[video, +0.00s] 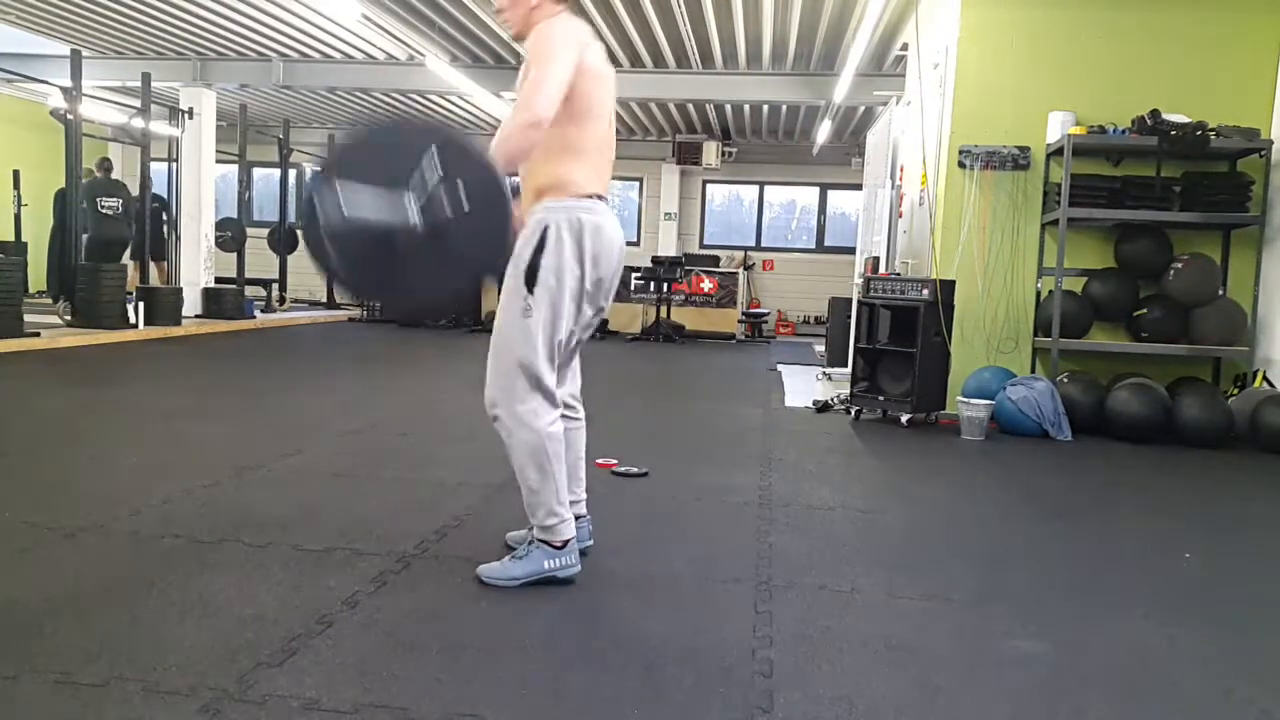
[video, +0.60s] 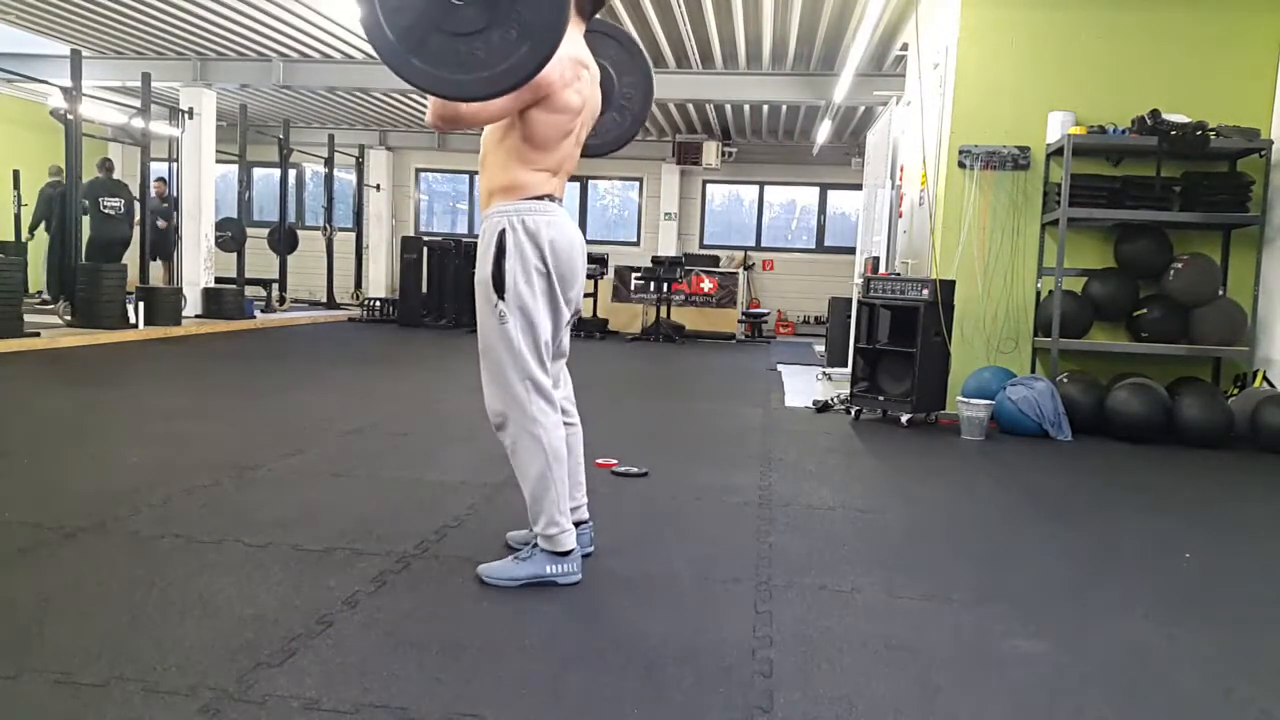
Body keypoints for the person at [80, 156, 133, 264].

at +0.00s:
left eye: (96, 170)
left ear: (96, 170)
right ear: (112, 170)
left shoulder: (89, 185)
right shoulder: (122, 186)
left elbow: (75, 204)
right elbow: (131, 212)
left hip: (98, 233)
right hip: (122, 234)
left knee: (91, 271)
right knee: (111, 270)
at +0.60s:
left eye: (98, 169)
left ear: (98, 169)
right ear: (113, 170)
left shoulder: (91, 185)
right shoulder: (123, 187)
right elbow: (131, 212)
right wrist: (129, 231)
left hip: (100, 234)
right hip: (123, 234)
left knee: (92, 270)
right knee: (112, 269)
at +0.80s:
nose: (98, 171)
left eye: (99, 169)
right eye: (99, 169)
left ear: (100, 169)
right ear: (113, 169)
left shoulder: (96, 184)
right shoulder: (124, 186)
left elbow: (79, 192)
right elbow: (131, 214)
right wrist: (130, 233)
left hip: (101, 235)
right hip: (123, 236)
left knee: (91, 270)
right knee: (112, 270)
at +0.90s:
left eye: (100, 169)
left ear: (99, 169)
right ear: (114, 168)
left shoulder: (96, 184)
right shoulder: (124, 186)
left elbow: (78, 191)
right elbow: (132, 213)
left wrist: (95, 178)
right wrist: (130, 232)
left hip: (101, 234)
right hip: (123, 235)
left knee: (91, 269)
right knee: (112, 269)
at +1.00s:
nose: (98, 172)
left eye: (98, 169)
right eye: (98, 169)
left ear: (100, 169)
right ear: (114, 169)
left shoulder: (97, 185)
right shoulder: (126, 186)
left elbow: (78, 190)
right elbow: (131, 214)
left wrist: (93, 178)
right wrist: (127, 233)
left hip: (101, 235)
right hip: (123, 236)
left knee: (88, 269)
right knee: (112, 271)